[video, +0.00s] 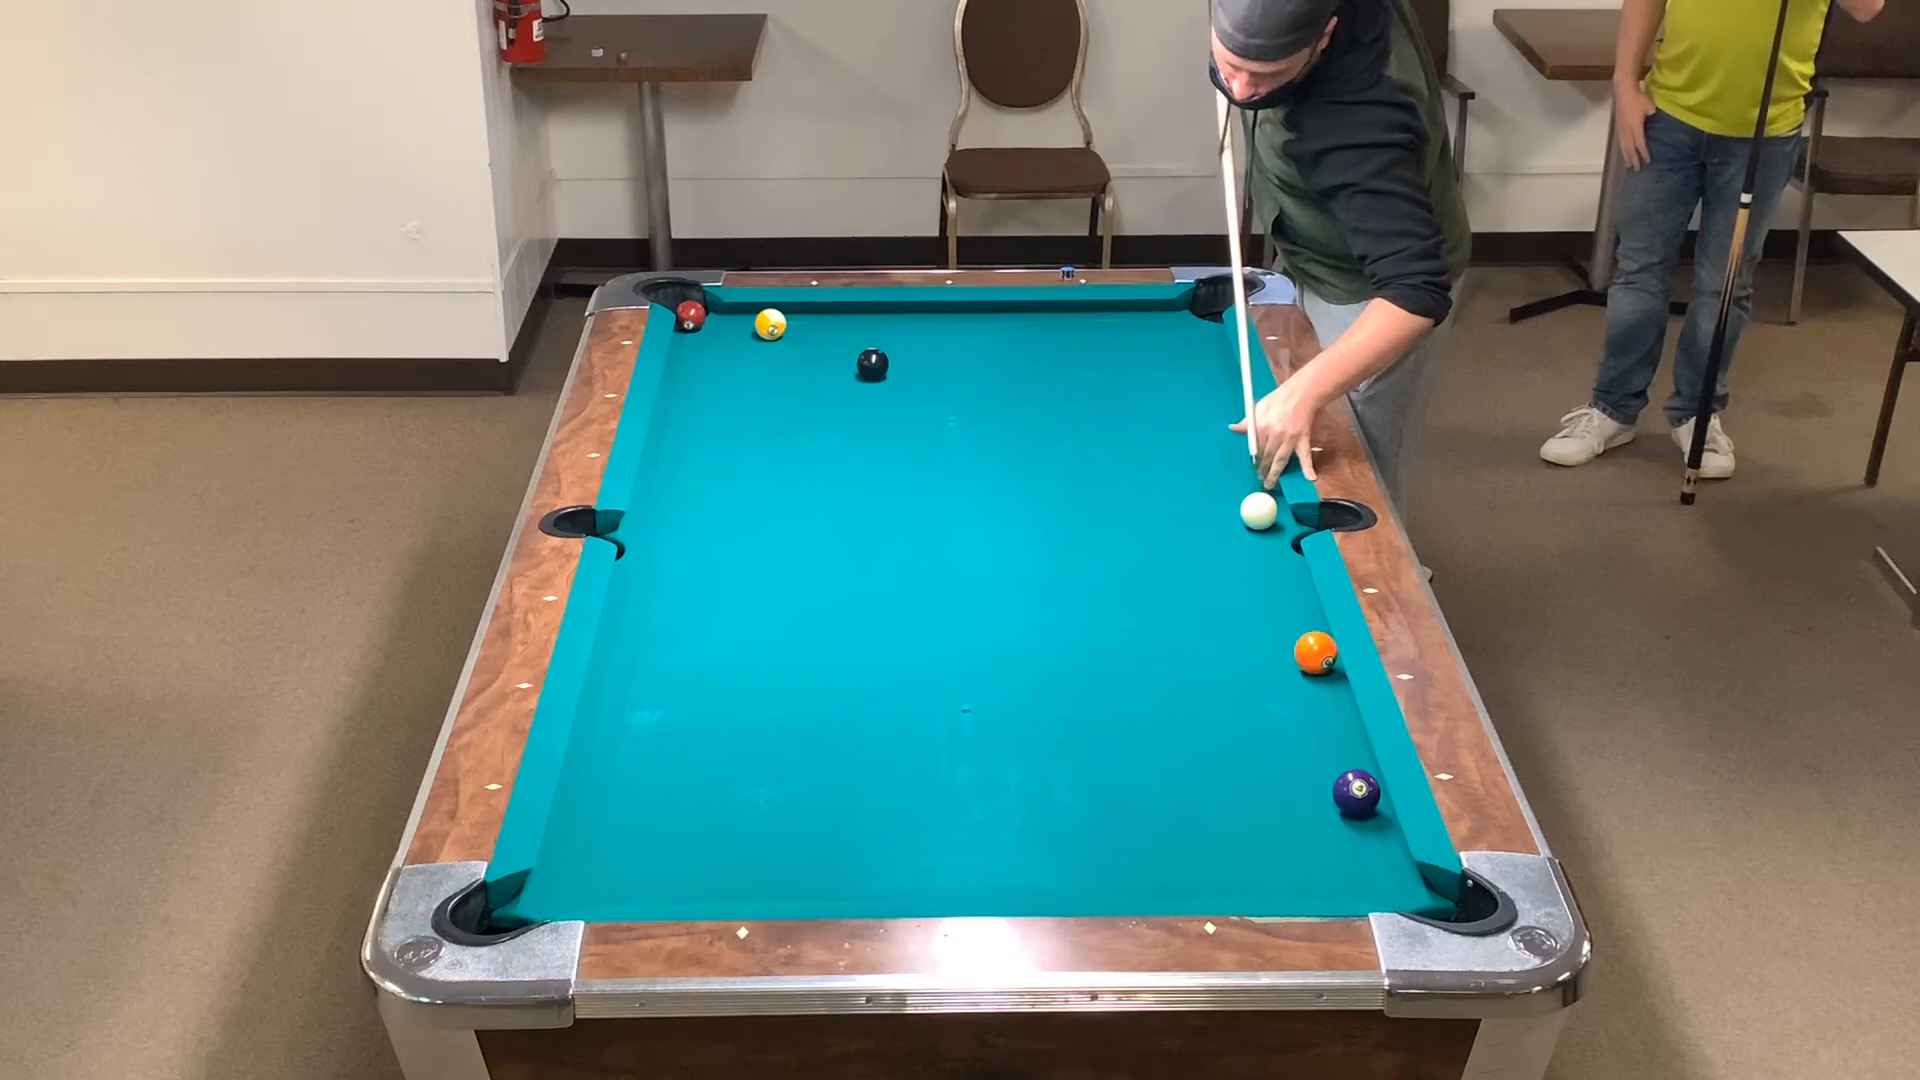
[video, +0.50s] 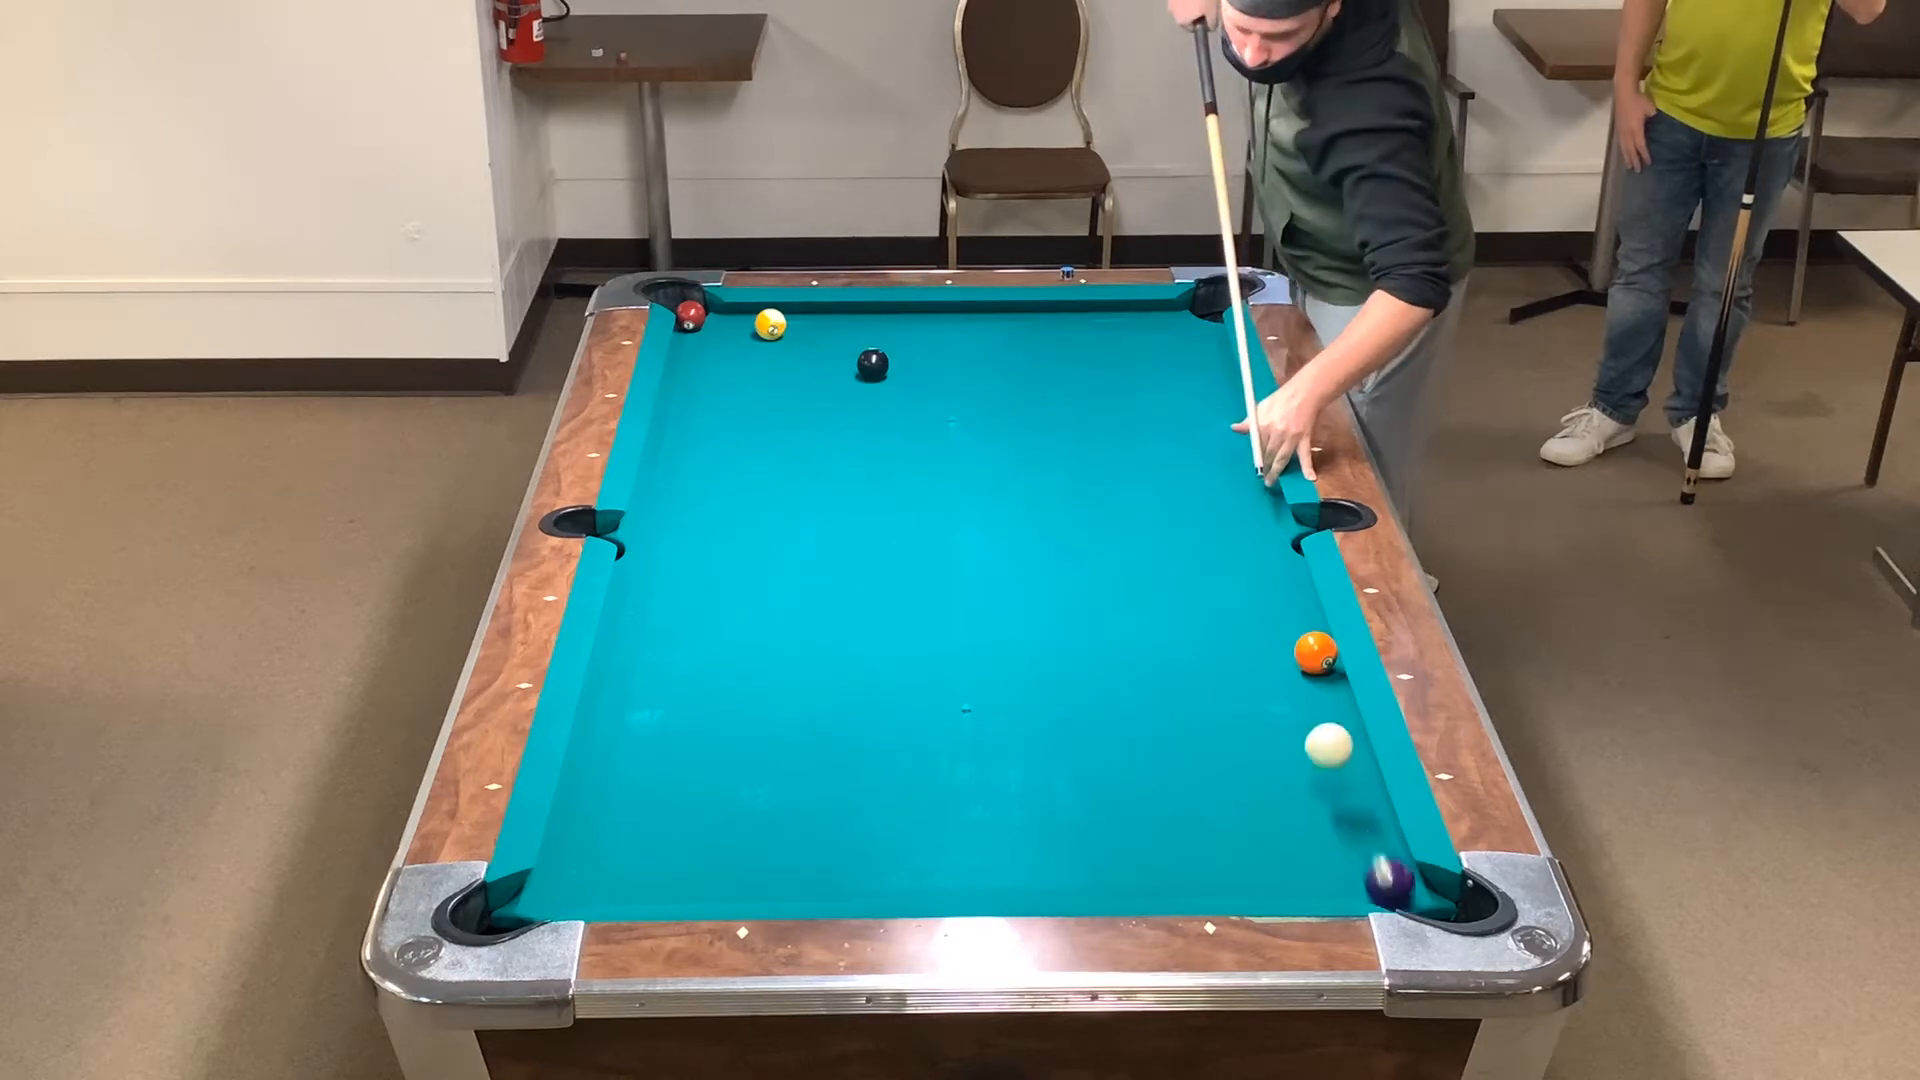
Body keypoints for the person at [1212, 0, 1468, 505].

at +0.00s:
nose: (1240, 89)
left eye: (1269, 76)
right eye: (1228, 64)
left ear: (1325, 33)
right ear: (1218, 14)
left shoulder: (1355, 113)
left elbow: (1420, 290)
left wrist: (1305, 391)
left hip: (1368, 286)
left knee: (1357, 465)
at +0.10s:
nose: (1241, 88)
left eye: (1270, 75)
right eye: (1230, 63)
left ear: (1325, 33)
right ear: (1217, 14)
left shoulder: (1357, 114)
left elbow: (1421, 293)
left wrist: (1303, 394)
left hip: (1370, 288)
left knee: (1357, 464)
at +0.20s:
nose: (1245, 87)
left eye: (1272, 70)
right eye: (1229, 60)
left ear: (1328, 28)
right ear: (1206, 10)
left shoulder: (1362, 112)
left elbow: (1422, 295)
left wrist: (1307, 392)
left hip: (1370, 286)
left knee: (1358, 464)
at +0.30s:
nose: (1246, 78)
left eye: (1273, 62)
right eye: (1233, 55)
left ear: (1329, 21)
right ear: (1213, 9)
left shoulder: (1369, 105)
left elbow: (1422, 291)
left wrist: (1305, 393)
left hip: (1375, 290)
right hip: (1310, 259)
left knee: (1362, 460)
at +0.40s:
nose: (1251, 64)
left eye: (1278, 49)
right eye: (1237, 41)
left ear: (1330, 13)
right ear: (1217, 8)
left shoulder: (1369, 99)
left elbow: (1418, 285)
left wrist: (1305, 392)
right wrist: (1215, 5)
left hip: (1375, 288)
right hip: (1310, 258)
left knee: (1362, 468)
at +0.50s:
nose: (1254, 54)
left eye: (1281, 37)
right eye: (1240, 29)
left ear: (1330, 9)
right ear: (1224, 3)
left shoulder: (1369, 91)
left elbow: (1417, 280)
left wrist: (1305, 391)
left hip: (1372, 290)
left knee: (1360, 468)